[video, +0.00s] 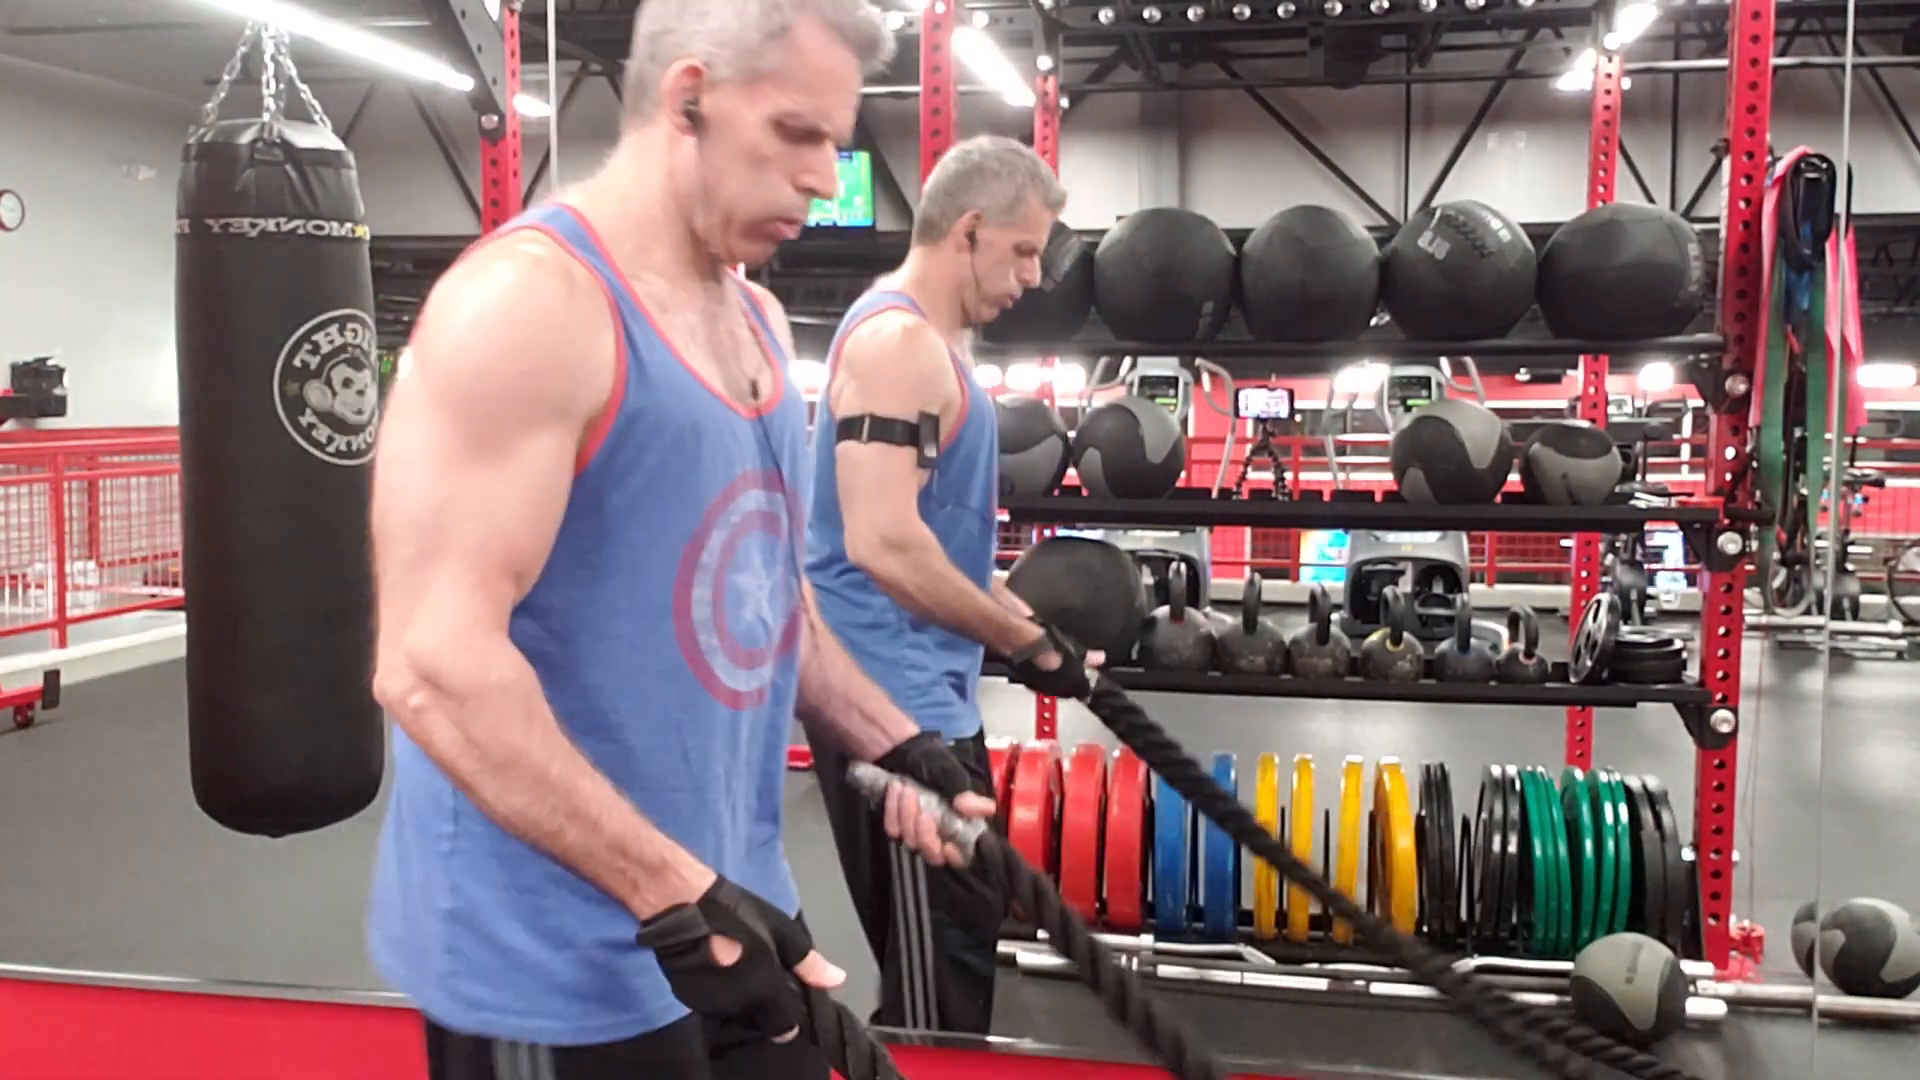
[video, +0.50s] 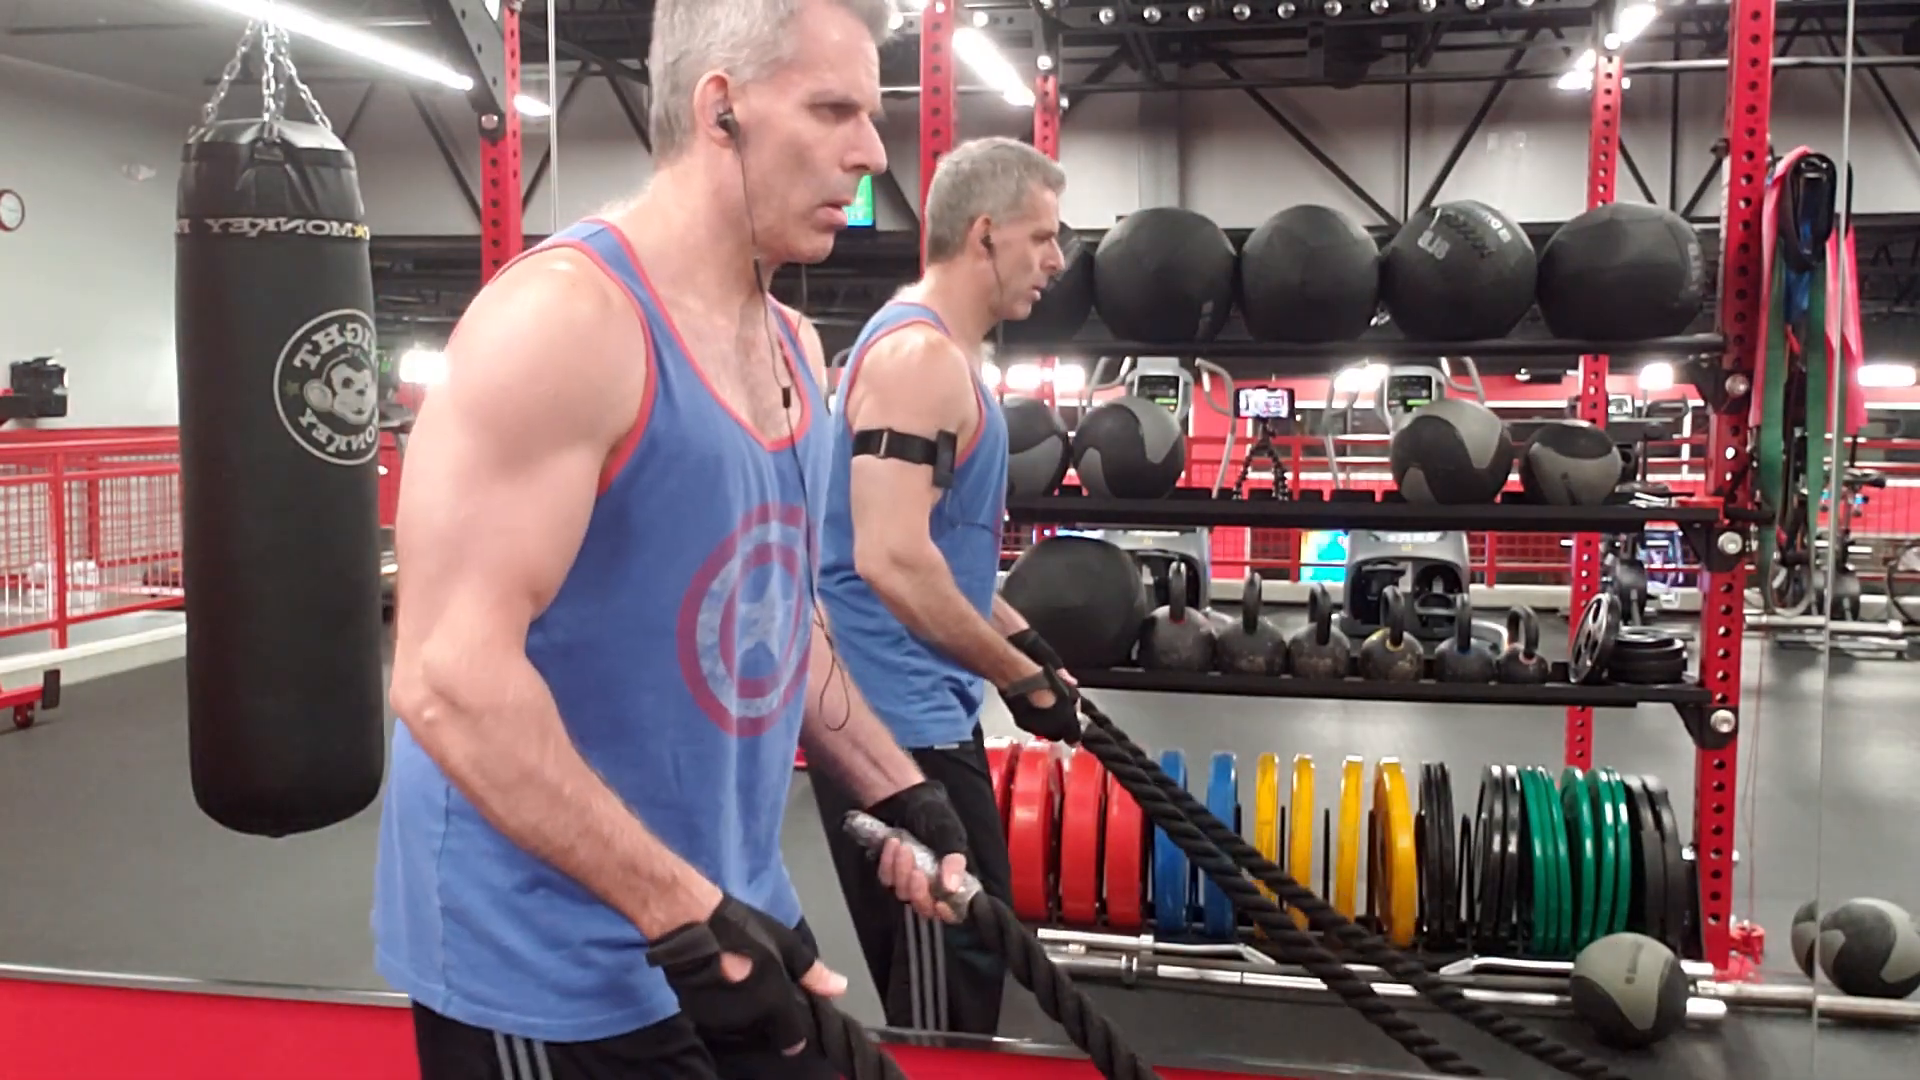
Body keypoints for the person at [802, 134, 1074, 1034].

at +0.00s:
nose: (1033, 277)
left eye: (1039, 257)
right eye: (1024, 252)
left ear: (970, 234)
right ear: (966, 231)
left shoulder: (923, 338)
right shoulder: (899, 339)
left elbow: (923, 535)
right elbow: (883, 539)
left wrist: (1020, 623)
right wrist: (1023, 638)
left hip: (925, 712)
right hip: (898, 720)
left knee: (943, 989)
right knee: (940, 995)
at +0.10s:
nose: (1041, 274)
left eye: (1045, 253)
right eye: (1032, 249)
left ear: (975, 235)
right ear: (972, 232)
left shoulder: (929, 344)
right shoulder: (904, 345)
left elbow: (926, 537)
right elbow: (887, 548)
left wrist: (1007, 616)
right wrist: (1024, 659)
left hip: (942, 710)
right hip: (901, 721)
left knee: (978, 955)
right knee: (941, 976)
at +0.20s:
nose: (1047, 269)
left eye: (1051, 248)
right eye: (1037, 244)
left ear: (982, 236)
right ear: (978, 233)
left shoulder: (935, 345)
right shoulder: (908, 348)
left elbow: (928, 539)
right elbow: (887, 552)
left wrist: (1012, 624)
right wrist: (1018, 666)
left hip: (944, 724)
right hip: (899, 735)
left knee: (976, 975)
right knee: (939, 1000)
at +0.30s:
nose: (1052, 265)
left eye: (1055, 243)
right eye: (1041, 240)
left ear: (985, 236)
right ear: (981, 232)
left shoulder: (940, 348)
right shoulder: (911, 350)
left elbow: (944, 549)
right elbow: (889, 553)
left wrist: (1031, 645)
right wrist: (1019, 670)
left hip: (940, 725)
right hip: (899, 734)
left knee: (969, 991)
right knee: (937, 1009)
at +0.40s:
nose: (1055, 263)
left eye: (1057, 241)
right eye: (1043, 238)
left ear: (988, 236)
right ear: (984, 232)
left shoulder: (941, 347)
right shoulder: (916, 352)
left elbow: (934, 542)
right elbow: (892, 556)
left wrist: (1018, 632)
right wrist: (1022, 672)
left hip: (930, 723)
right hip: (898, 732)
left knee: (962, 988)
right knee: (941, 1000)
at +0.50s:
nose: (1056, 262)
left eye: (1057, 240)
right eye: (1043, 238)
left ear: (988, 239)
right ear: (985, 235)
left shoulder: (942, 350)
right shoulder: (917, 354)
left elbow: (934, 544)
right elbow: (891, 556)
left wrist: (1020, 639)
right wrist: (1018, 678)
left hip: (928, 719)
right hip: (901, 728)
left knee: (961, 976)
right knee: (951, 984)